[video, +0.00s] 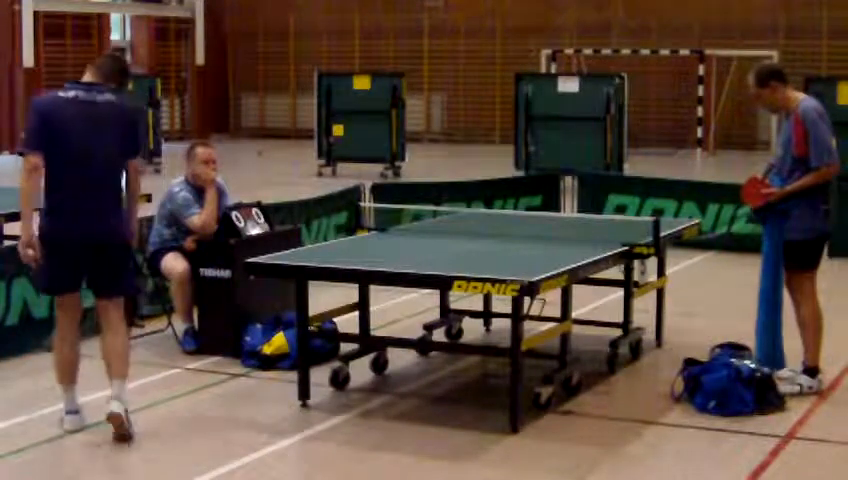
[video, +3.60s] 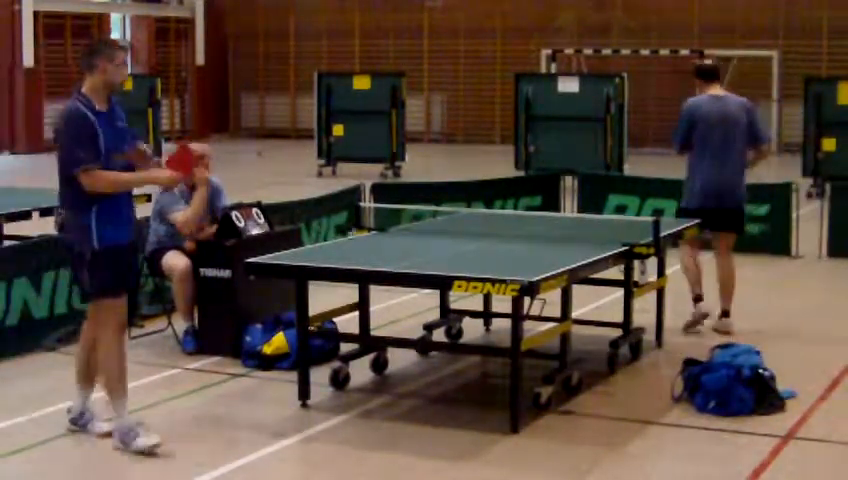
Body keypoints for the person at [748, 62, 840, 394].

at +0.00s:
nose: (761, 104)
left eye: (761, 97)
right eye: (758, 98)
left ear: (775, 88)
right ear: (775, 88)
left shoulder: (809, 111)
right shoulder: (790, 115)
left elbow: (829, 166)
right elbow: (783, 161)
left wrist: (781, 191)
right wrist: (765, 179)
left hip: (806, 220)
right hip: (791, 218)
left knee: (803, 290)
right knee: (797, 289)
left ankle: (811, 370)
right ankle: (808, 366)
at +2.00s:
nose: (746, 98)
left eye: (748, 91)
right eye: (745, 91)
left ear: (765, 86)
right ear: (766, 85)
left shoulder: (796, 115)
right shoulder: (783, 116)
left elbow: (806, 169)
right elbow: (785, 168)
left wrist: (765, 190)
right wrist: (758, 183)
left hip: (798, 220)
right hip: (785, 217)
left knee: (797, 289)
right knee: (790, 287)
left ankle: (811, 371)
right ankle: (796, 355)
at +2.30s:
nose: (746, 92)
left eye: (749, 85)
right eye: (746, 85)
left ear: (765, 83)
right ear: (771, 81)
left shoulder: (776, 114)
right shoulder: (806, 110)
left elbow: (767, 167)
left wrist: (743, 178)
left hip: (781, 212)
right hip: (806, 210)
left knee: (762, 274)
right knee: (788, 277)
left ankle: (794, 341)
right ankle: (793, 348)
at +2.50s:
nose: (747, 90)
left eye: (749, 83)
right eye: (747, 84)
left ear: (760, 81)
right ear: (776, 80)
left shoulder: (762, 112)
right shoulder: (806, 110)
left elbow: (753, 164)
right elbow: (814, 159)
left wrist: (736, 167)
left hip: (766, 210)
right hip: (800, 209)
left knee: (742, 267)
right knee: (788, 275)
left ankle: (763, 340)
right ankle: (790, 353)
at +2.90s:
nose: (723, 91)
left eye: (722, 87)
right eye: (724, 86)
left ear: (727, 84)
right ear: (750, 80)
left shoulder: (726, 112)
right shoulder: (776, 108)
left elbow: (712, 162)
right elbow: (797, 154)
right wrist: (769, 161)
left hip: (738, 203)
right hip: (772, 202)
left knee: (735, 269)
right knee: (765, 265)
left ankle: (735, 335)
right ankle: (782, 315)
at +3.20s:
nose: (708, 88)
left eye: (708, 84)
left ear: (712, 84)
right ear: (735, 81)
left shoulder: (705, 113)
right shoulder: (759, 108)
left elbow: (687, 156)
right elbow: (782, 145)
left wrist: (710, 144)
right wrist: (771, 171)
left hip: (722, 197)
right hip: (754, 195)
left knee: (729, 259)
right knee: (745, 256)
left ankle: (736, 325)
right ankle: (740, 317)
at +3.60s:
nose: (696, 86)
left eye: (695, 81)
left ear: (698, 81)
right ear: (720, 77)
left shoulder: (693, 106)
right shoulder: (743, 105)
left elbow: (681, 146)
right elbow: (761, 147)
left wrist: (704, 144)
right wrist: (744, 163)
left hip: (699, 192)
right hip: (731, 193)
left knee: (689, 247)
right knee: (724, 251)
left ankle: (699, 303)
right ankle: (725, 315)